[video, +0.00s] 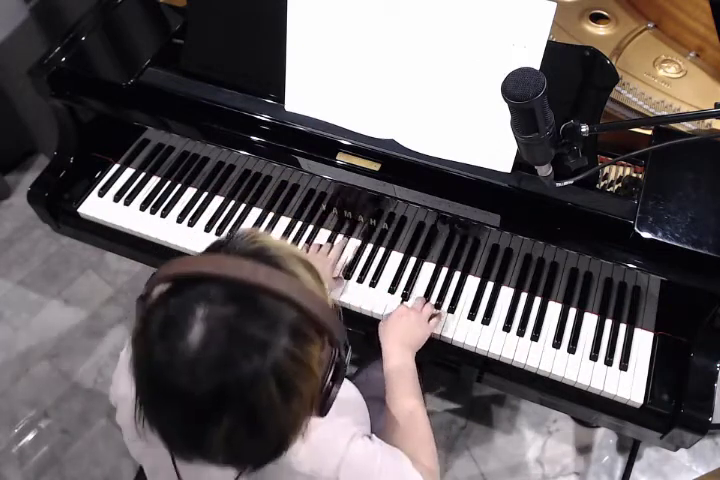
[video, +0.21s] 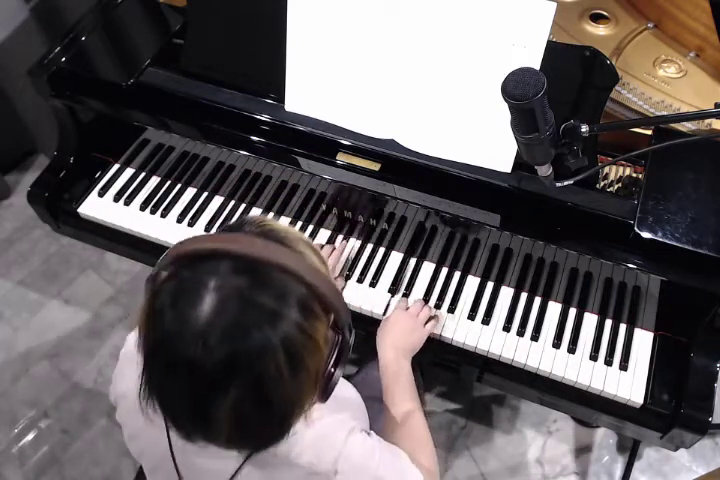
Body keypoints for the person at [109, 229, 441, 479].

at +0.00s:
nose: (318, 345)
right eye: (319, 349)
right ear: (305, 399)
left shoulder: (133, 388)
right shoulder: (328, 455)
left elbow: (164, 294)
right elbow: (420, 472)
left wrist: (298, 288)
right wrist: (400, 356)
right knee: (388, 371)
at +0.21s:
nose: (326, 324)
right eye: (323, 333)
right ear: (303, 387)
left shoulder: (133, 370)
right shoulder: (327, 451)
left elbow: (172, 303)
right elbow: (419, 472)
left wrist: (302, 292)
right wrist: (396, 358)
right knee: (386, 370)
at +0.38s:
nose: (336, 318)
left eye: (333, 314)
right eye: (331, 316)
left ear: (177, 298)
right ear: (305, 352)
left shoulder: (137, 351)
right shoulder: (333, 455)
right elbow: (427, 468)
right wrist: (400, 357)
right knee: (381, 375)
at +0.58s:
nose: (340, 303)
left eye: (342, 294)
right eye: (337, 297)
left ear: (194, 272)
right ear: (304, 329)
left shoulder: (144, 336)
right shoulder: (318, 441)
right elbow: (458, 457)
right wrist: (413, 334)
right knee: (383, 352)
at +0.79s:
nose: (352, 296)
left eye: (349, 288)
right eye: (347, 291)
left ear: (204, 261)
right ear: (319, 320)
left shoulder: (150, 327)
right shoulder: (326, 431)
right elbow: (446, 424)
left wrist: (310, 338)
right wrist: (409, 310)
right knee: (386, 369)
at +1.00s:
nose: (359, 295)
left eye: (356, 284)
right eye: (353, 289)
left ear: (206, 265)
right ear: (327, 317)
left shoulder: (154, 320)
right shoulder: (337, 429)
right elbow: (422, 430)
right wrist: (391, 311)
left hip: (164, 463)